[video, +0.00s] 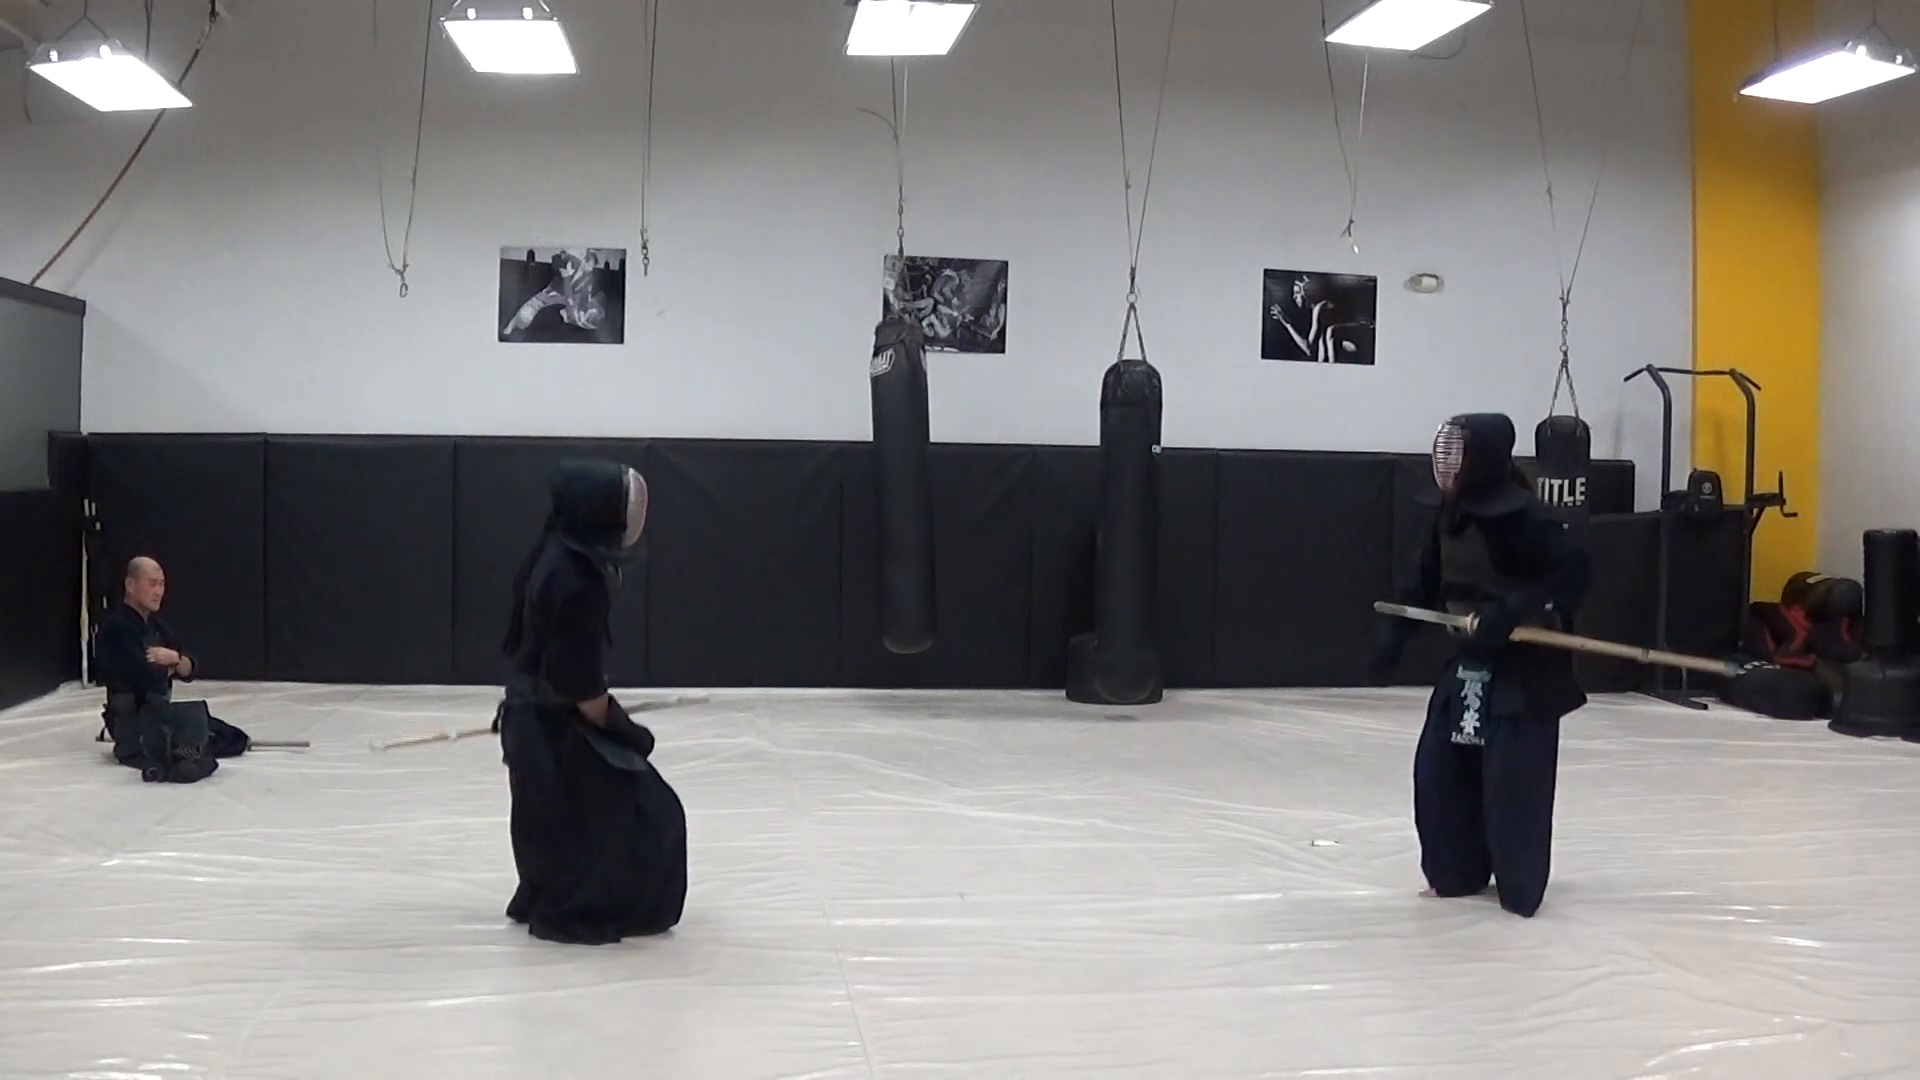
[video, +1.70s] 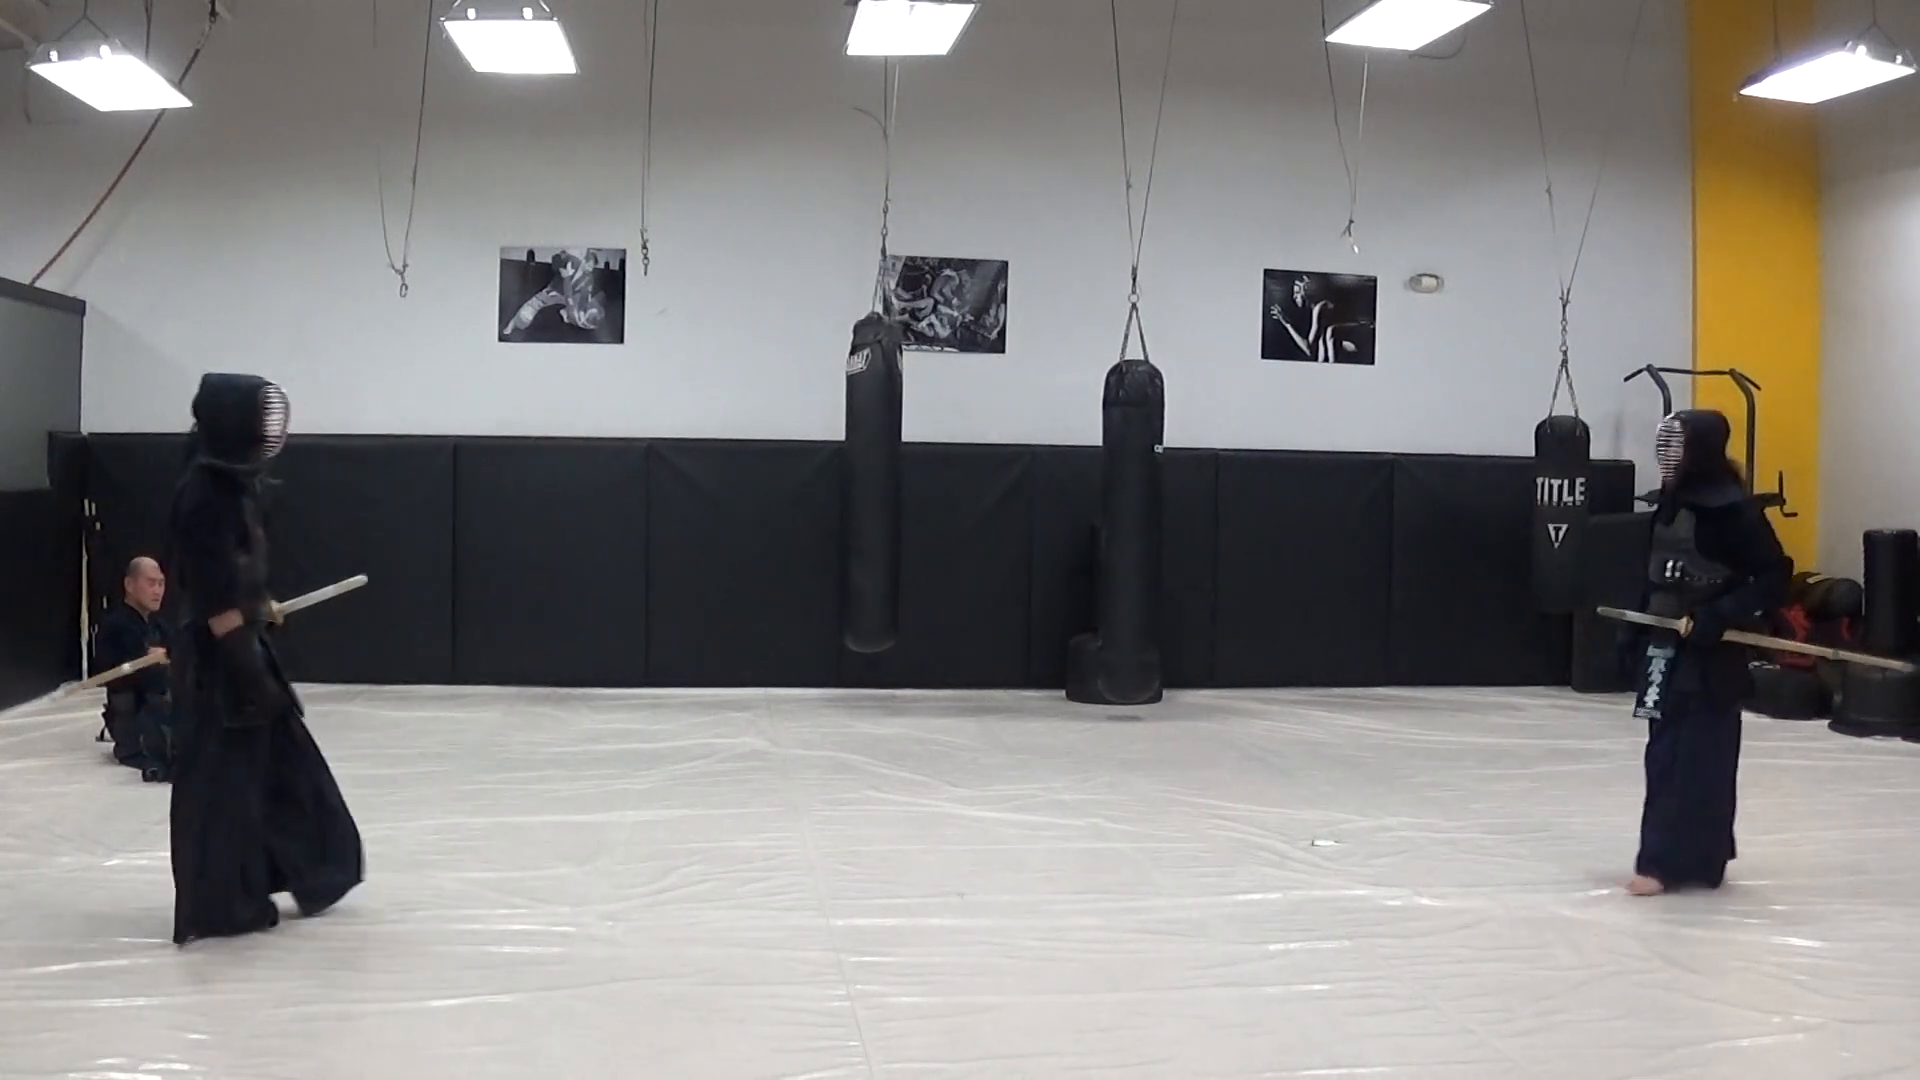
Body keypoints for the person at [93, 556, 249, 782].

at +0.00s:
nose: (159, 591)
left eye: (162, 584)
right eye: (153, 583)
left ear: (165, 587)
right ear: (130, 585)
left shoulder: (156, 623)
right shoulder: (116, 626)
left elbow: (190, 671)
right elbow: (144, 680)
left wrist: (175, 658)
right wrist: (172, 666)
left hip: (161, 718)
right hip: (130, 726)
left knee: (236, 740)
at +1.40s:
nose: (158, 590)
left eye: (161, 583)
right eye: (151, 582)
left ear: (164, 586)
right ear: (129, 585)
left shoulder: (156, 622)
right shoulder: (117, 625)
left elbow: (191, 670)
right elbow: (149, 683)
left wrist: (176, 658)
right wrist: (172, 668)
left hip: (163, 716)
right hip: (131, 725)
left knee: (237, 740)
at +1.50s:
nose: (159, 590)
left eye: (161, 584)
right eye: (152, 582)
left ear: (165, 586)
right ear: (129, 585)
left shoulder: (158, 622)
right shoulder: (117, 624)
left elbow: (190, 667)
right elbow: (142, 676)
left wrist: (175, 658)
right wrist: (175, 669)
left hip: (162, 711)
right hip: (130, 718)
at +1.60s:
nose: (158, 591)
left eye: (161, 584)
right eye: (151, 583)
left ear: (165, 586)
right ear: (129, 585)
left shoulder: (157, 624)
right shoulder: (117, 624)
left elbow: (193, 670)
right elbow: (146, 676)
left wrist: (173, 659)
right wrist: (179, 665)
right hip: (130, 727)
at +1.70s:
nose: (158, 590)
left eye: (161, 584)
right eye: (151, 583)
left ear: (165, 586)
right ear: (129, 585)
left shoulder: (161, 624)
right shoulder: (114, 623)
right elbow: (109, 675)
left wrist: (166, 657)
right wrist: (148, 661)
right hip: (128, 719)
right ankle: (129, 749)